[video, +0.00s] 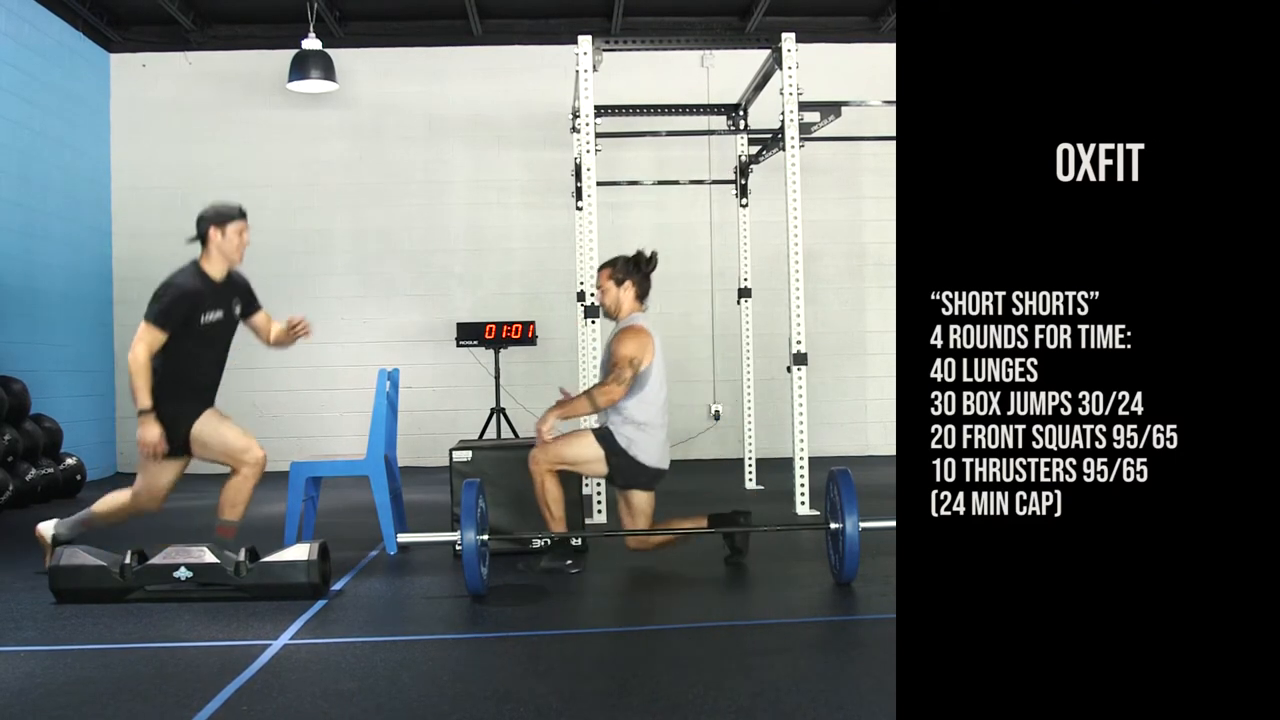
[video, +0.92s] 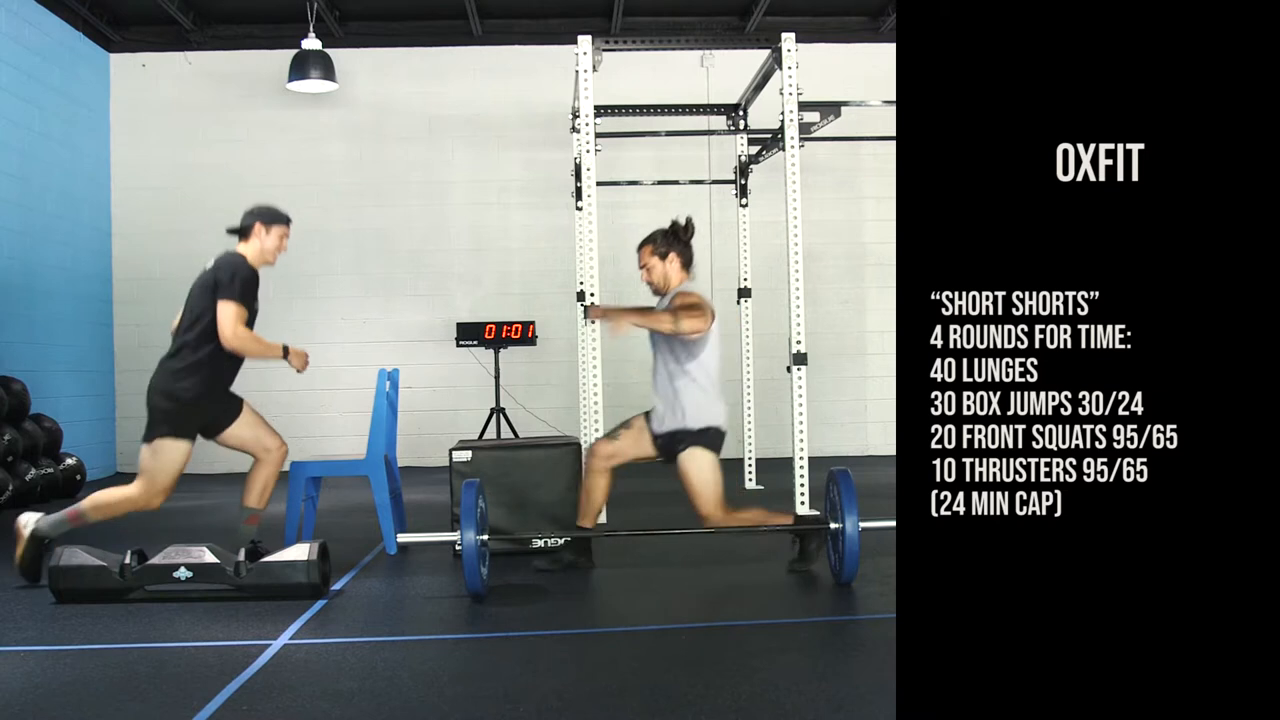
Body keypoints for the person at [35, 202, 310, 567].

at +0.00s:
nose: (246, 241)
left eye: (247, 234)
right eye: (240, 234)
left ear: (223, 238)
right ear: (214, 235)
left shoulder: (236, 286)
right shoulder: (181, 288)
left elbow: (268, 331)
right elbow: (139, 351)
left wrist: (287, 334)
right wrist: (146, 416)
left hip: (194, 407)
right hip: (171, 408)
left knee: (145, 499)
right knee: (250, 458)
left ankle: (57, 532)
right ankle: (222, 556)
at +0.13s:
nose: (255, 199)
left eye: (255, 192)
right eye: (249, 191)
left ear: (230, 192)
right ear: (224, 190)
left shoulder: (237, 242)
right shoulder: (189, 243)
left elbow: (264, 296)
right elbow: (155, 311)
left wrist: (315, 310)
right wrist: (169, 376)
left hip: (198, 364)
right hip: (180, 366)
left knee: (171, 463)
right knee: (231, 451)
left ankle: (92, 516)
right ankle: (218, 556)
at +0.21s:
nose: (260, 185)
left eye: (261, 177)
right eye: (255, 176)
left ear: (236, 177)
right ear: (229, 175)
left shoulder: (235, 225)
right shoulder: (198, 224)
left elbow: (255, 285)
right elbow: (168, 295)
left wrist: (307, 314)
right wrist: (189, 359)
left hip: (206, 348)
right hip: (180, 348)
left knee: (196, 449)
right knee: (215, 449)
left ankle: (128, 519)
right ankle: (214, 555)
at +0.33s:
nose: (266, 180)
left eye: (267, 173)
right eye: (262, 172)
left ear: (240, 171)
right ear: (237, 170)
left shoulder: (228, 219)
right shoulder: (212, 216)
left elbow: (235, 288)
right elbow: (190, 289)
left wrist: (268, 332)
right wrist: (221, 350)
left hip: (213, 343)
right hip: (188, 344)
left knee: (230, 442)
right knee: (201, 449)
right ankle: (207, 548)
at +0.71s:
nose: (282, 199)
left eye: (283, 191)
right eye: (278, 190)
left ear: (257, 187)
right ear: (254, 184)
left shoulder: (239, 230)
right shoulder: (224, 224)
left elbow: (219, 293)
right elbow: (212, 288)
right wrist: (265, 331)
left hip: (217, 352)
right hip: (193, 349)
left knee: (244, 445)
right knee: (213, 451)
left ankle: (243, 550)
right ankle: (143, 543)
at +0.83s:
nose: (283, 221)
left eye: (285, 214)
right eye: (280, 212)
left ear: (258, 208)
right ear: (258, 206)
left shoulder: (241, 249)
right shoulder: (231, 243)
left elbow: (227, 310)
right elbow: (226, 309)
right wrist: (283, 337)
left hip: (211, 373)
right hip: (185, 369)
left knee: (262, 447)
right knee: (178, 474)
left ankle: (244, 548)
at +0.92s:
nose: (285, 246)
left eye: (287, 239)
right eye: (281, 236)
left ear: (256, 235)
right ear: (258, 231)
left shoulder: (222, 268)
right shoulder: (238, 270)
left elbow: (181, 327)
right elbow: (233, 336)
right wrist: (287, 352)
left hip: (203, 395)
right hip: (179, 393)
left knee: (273, 450)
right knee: (150, 493)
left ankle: (246, 549)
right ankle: (40, 528)